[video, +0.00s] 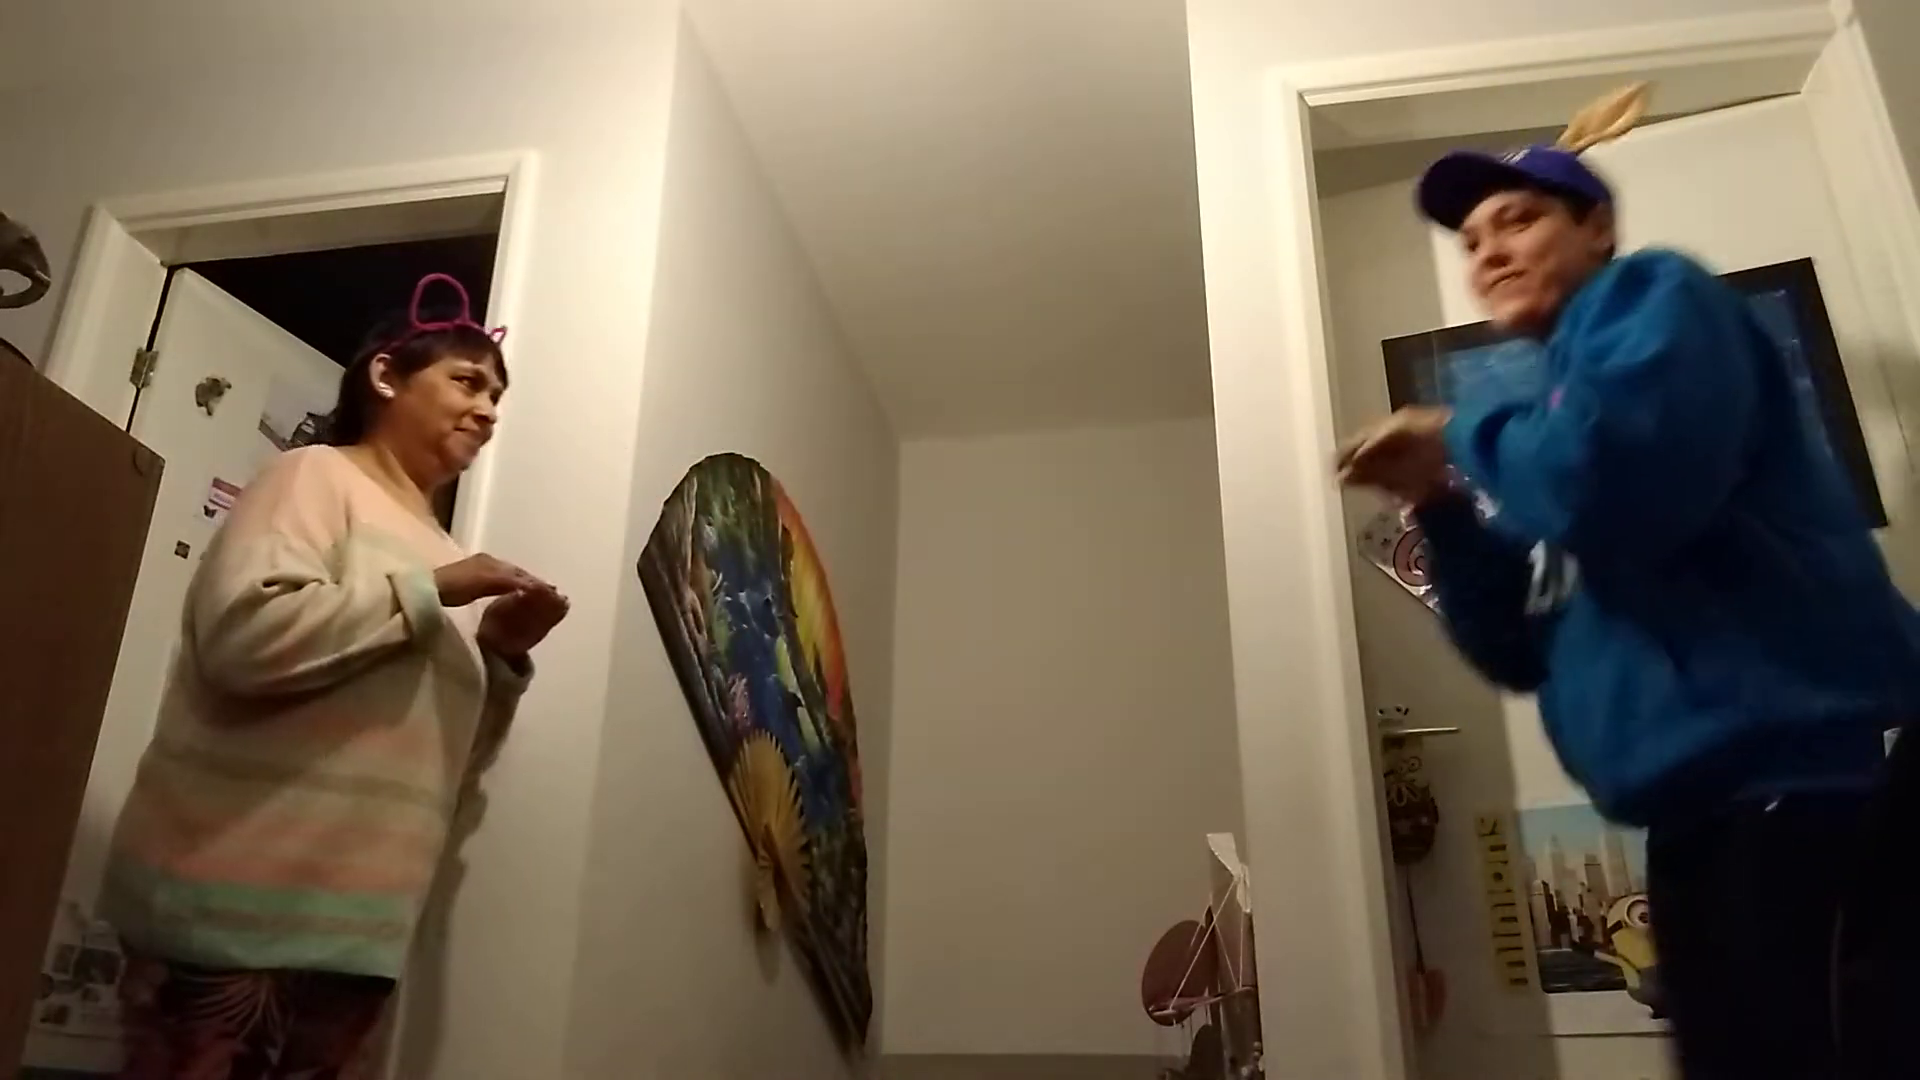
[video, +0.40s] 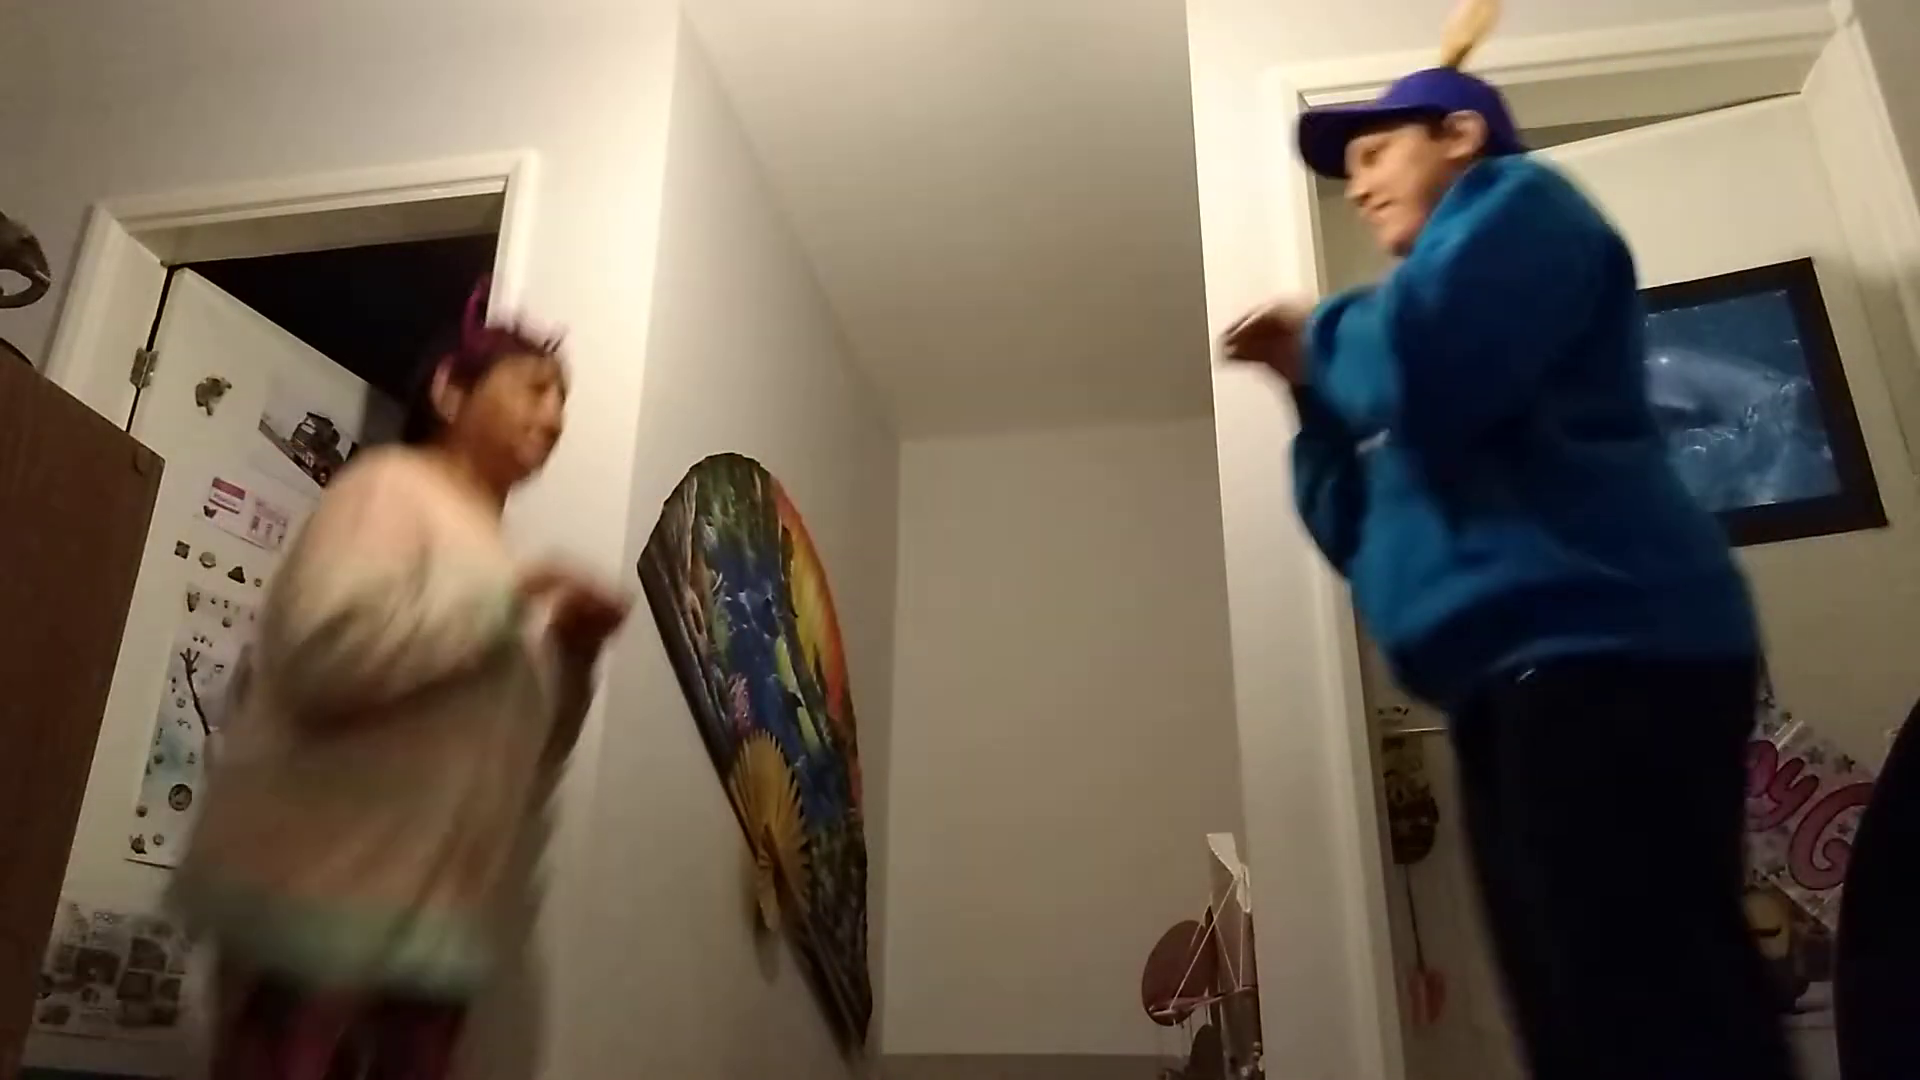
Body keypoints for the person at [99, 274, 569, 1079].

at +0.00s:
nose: (488, 410)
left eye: (495, 398)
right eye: (467, 382)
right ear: (387, 376)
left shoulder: (437, 549)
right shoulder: (312, 474)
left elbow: (443, 767)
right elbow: (242, 637)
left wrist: (500, 660)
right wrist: (431, 587)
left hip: (353, 929)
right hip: (224, 906)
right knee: (193, 1063)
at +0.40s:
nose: (553, 414)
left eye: (559, 398)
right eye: (533, 387)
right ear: (451, 390)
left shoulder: (497, 548)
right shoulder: (387, 485)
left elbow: (519, 772)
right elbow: (319, 661)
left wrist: (573, 659)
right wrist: (506, 607)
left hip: (436, 925)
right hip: (318, 909)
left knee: (405, 1065)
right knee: (284, 1064)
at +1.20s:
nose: (865, 395)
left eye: (859, 372)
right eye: (844, 366)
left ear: (774, 378)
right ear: (770, 374)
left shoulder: (770, 528)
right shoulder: (703, 494)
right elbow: (701, 706)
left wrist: (879, 659)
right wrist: (858, 643)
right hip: (669, 942)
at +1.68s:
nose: (932, 376)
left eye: (933, 352)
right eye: (930, 348)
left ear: (803, 340)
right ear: (891, 328)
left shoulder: (722, 452)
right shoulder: (862, 438)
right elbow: (910, 667)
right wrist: (992, 593)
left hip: (624, 830)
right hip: (764, 860)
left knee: (678, 1061)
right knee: (785, 1059)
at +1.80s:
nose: (921, 381)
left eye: (923, 356)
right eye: (920, 352)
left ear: (794, 339)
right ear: (887, 333)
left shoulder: (707, 445)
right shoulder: (876, 445)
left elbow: (660, 643)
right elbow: (935, 667)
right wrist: (984, 615)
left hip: (631, 826)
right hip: (793, 848)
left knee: (665, 1063)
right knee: (800, 1062)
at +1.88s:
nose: (902, 390)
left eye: (905, 365)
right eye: (903, 362)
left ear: (779, 346)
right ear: (874, 344)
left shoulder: (679, 454)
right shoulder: (883, 456)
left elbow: (620, 650)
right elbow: (941, 673)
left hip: (632, 831)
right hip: (808, 849)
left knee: (655, 1063)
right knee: (810, 1061)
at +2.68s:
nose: (841, 436)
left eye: (840, 426)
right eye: (840, 425)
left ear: (713, 435)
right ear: (828, 426)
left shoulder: (643, 522)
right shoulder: (885, 512)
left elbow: (570, 738)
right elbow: (933, 659)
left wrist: (665, 746)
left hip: (689, 856)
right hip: (870, 833)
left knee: (691, 1062)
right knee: (853, 1062)